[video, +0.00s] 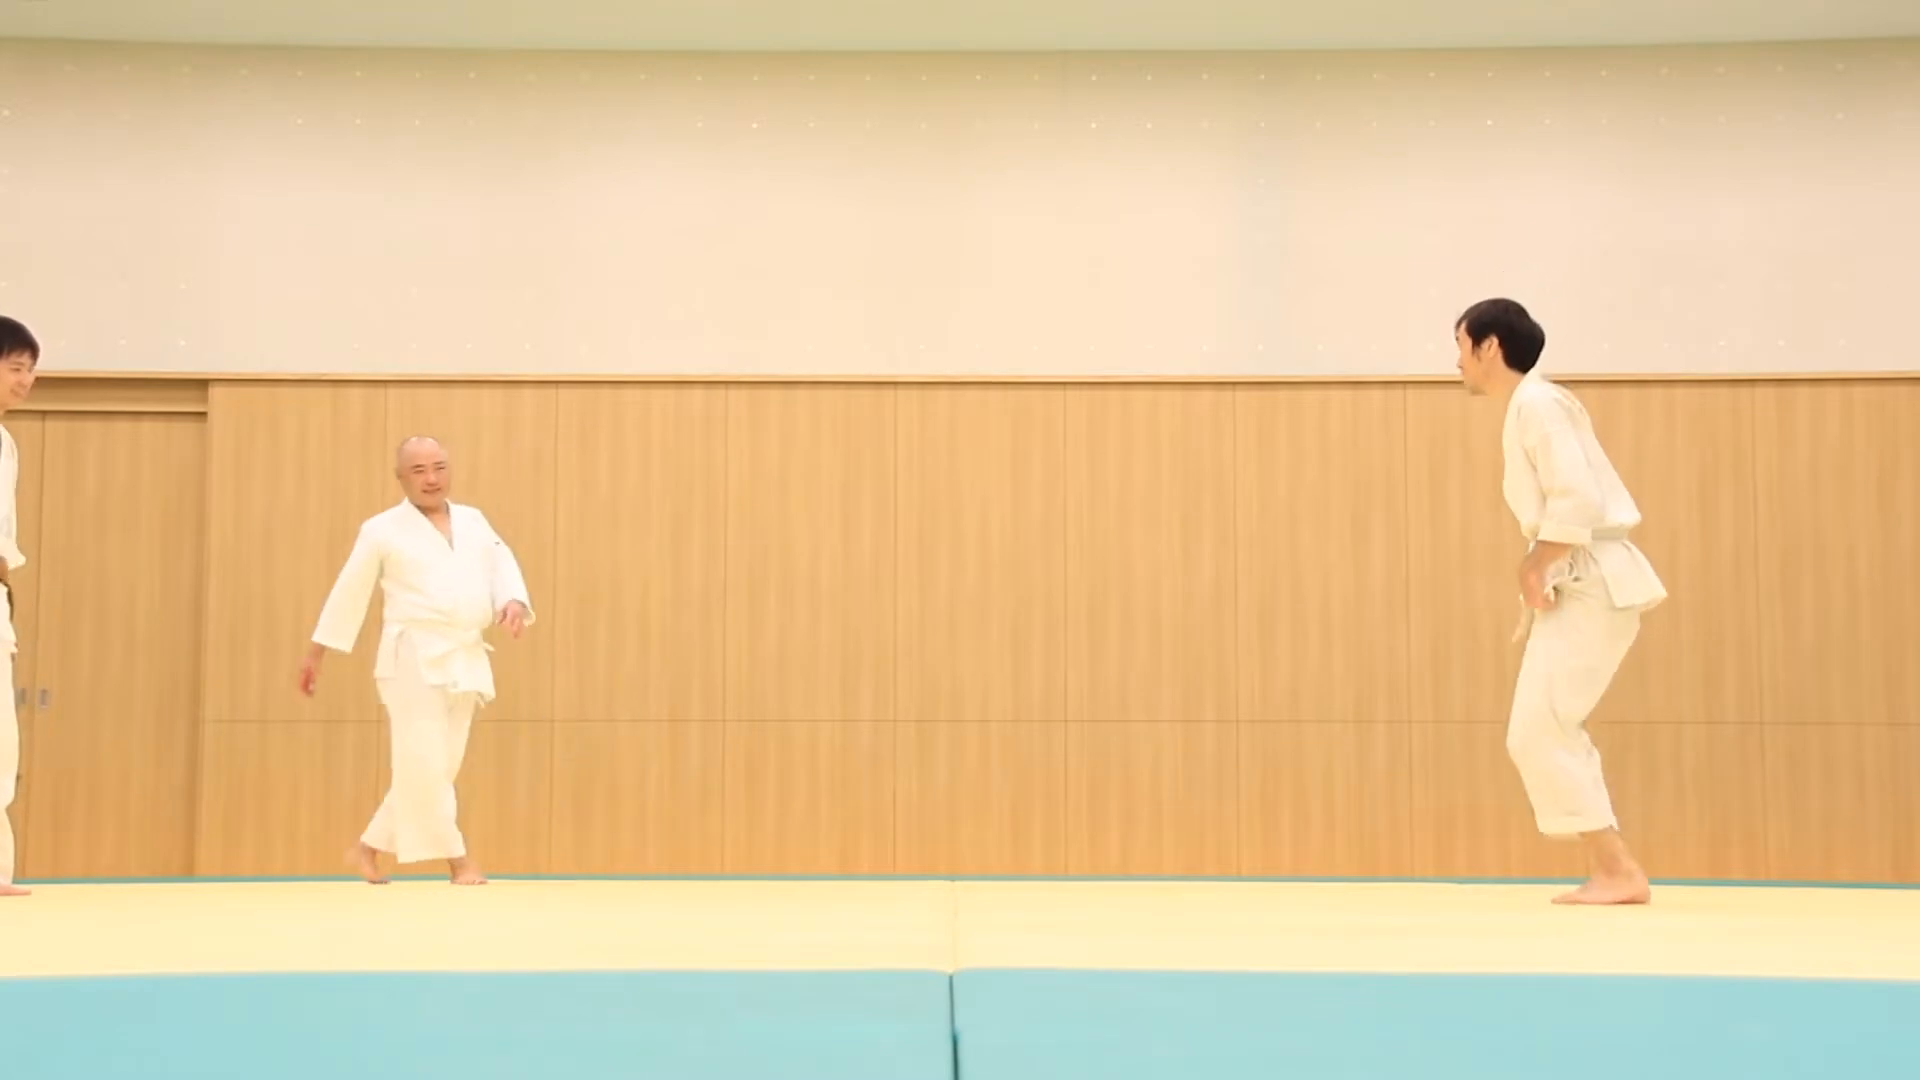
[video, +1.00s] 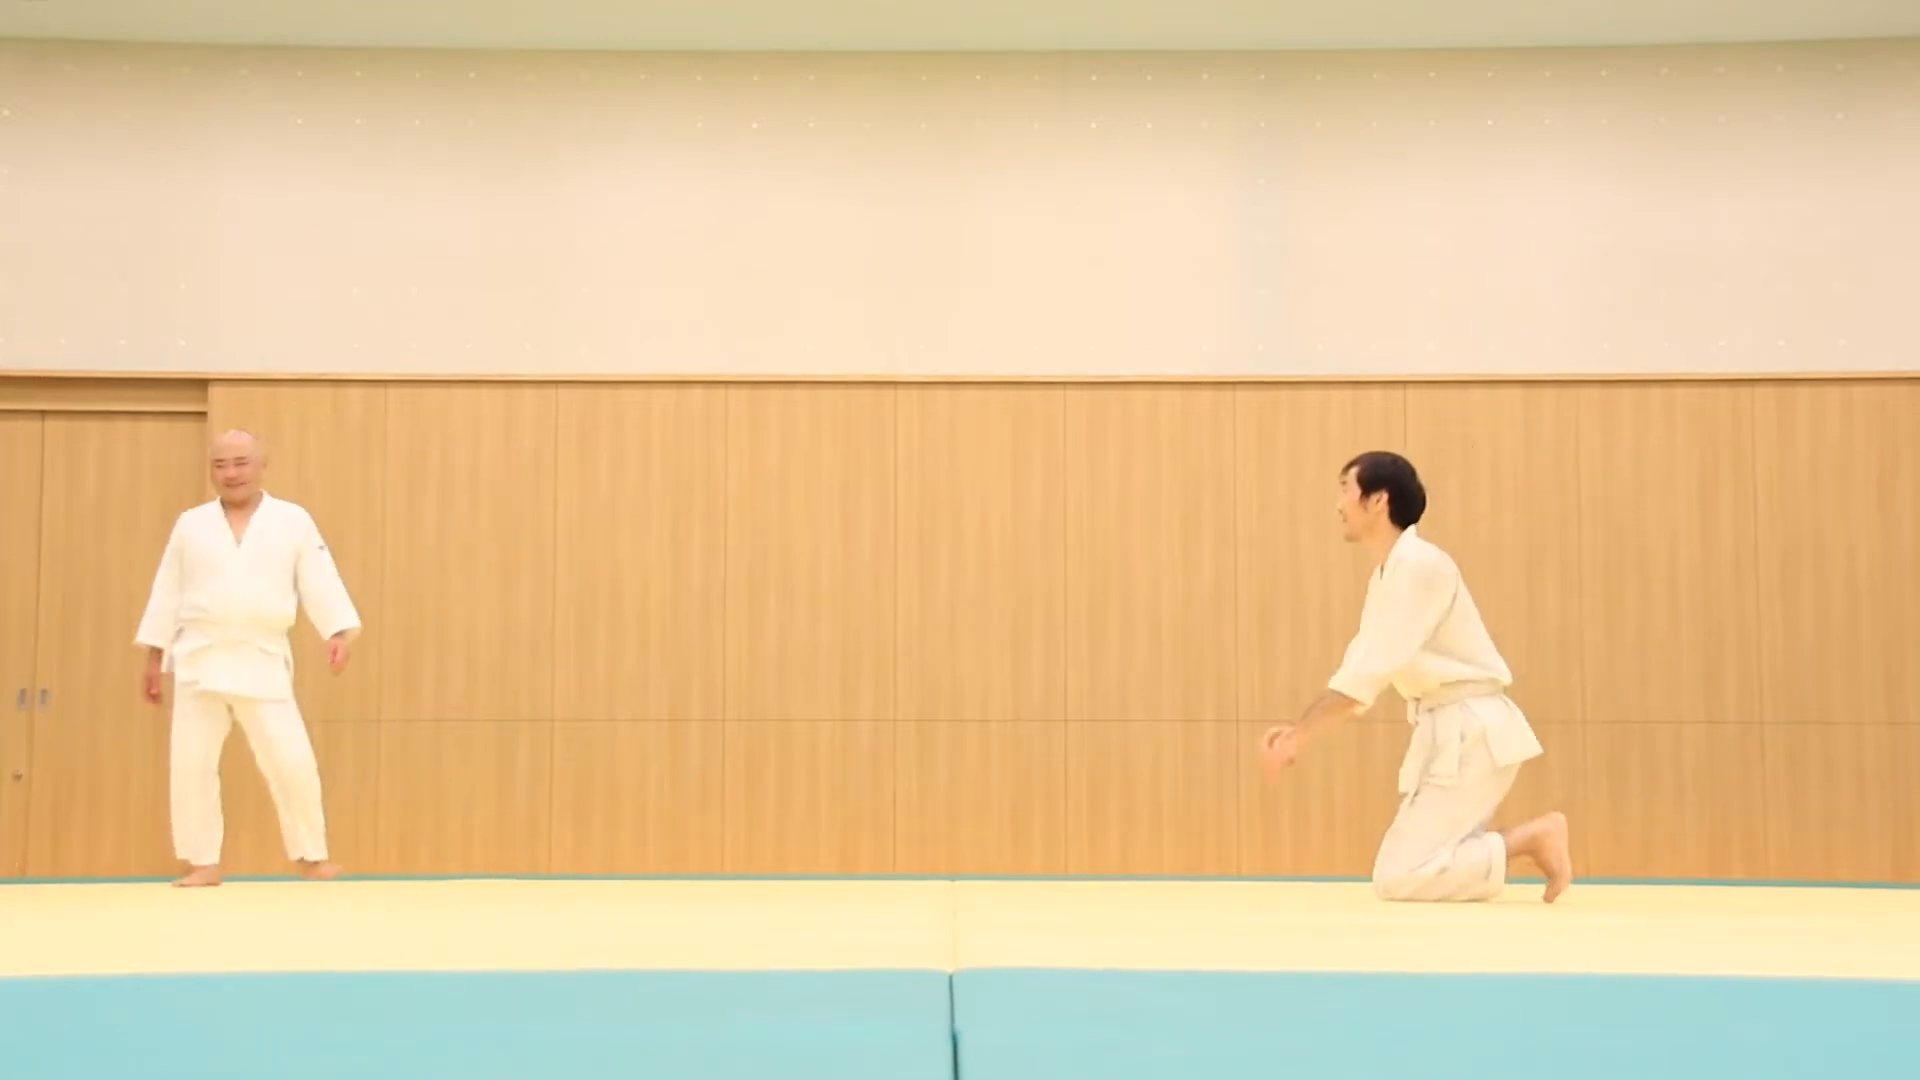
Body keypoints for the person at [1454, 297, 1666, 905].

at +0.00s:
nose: (1458, 361)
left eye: (1462, 348)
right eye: (1458, 348)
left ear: (1492, 347)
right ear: (1500, 348)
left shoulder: (1537, 403)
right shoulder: (1532, 403)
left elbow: (1575, 497)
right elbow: (1573, 499)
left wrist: (1536, 562)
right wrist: (1541, 570)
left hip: (1596, 586)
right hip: (1583, 586)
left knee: (1538, 726)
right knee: (1542, 724)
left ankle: (1616, 870)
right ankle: (1613, 869)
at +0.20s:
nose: (1449, 399)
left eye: (1452, 386)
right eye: (1449, 386)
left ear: (1481, 388)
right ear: (1490, 389)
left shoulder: (1526, 447)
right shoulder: (1522, 445)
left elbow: (1557, 541)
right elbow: (1556, 542)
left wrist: (1522, 609)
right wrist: (1523, 609)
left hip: (1582, 627)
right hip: (1571, 626)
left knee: (1502, 768)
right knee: (1506, 766)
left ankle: (1616, 870)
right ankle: (1611, 869)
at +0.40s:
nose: (1452, 414)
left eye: (1457, 401)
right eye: (1453, 401)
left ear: (1484, 403)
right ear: (1496, 404)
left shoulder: (1517, 464)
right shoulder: (1517, 462)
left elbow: (1544, 561)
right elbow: (1541, 565)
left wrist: (1485, 623)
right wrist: (1491, 638)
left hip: (1543, 656)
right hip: (1532, 654)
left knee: (1456, 793)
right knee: (1456, 792)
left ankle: (1600, 854)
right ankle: (1595, 855)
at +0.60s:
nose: (1429, 455)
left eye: (1436, 442)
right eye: (1432, 442)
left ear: (1464, 450)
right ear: (1469, 452)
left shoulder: (1486, 512)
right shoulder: (1488, 513)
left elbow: (1507, 601)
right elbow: (1526, 610)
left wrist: (1436, 655)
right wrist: (1452, 668)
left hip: (1487, 700)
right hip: (1477, 699)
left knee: (1412, 853)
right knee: (1410, 852)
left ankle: (1562, 851)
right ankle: (1557, 854)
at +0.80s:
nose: (1368, 490)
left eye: (1378, 480)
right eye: (1374, 478)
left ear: (1402, 498)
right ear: (1402, 499)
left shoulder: (1427, 559)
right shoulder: (1407, 565)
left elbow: (1431, 676)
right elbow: (1405, 679)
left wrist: (1372, 747)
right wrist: (1364, 742)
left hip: (1481, 736)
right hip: (1456, 737)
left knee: (1400, 875)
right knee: (1405, 870)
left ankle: (1539, 848)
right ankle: (1537, 849)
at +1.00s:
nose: (1339, 505)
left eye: (1347, 492)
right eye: (1341, 492)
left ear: (1378, 501)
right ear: (1377, 503)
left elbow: (1369, 672)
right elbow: (1356, 670)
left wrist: (1302, 734)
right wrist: (1299, 728)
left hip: (1476, 735)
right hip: (1444, 735)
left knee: (1398, 877)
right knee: (1403, 871)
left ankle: (1530, 839)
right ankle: (1525, 840)